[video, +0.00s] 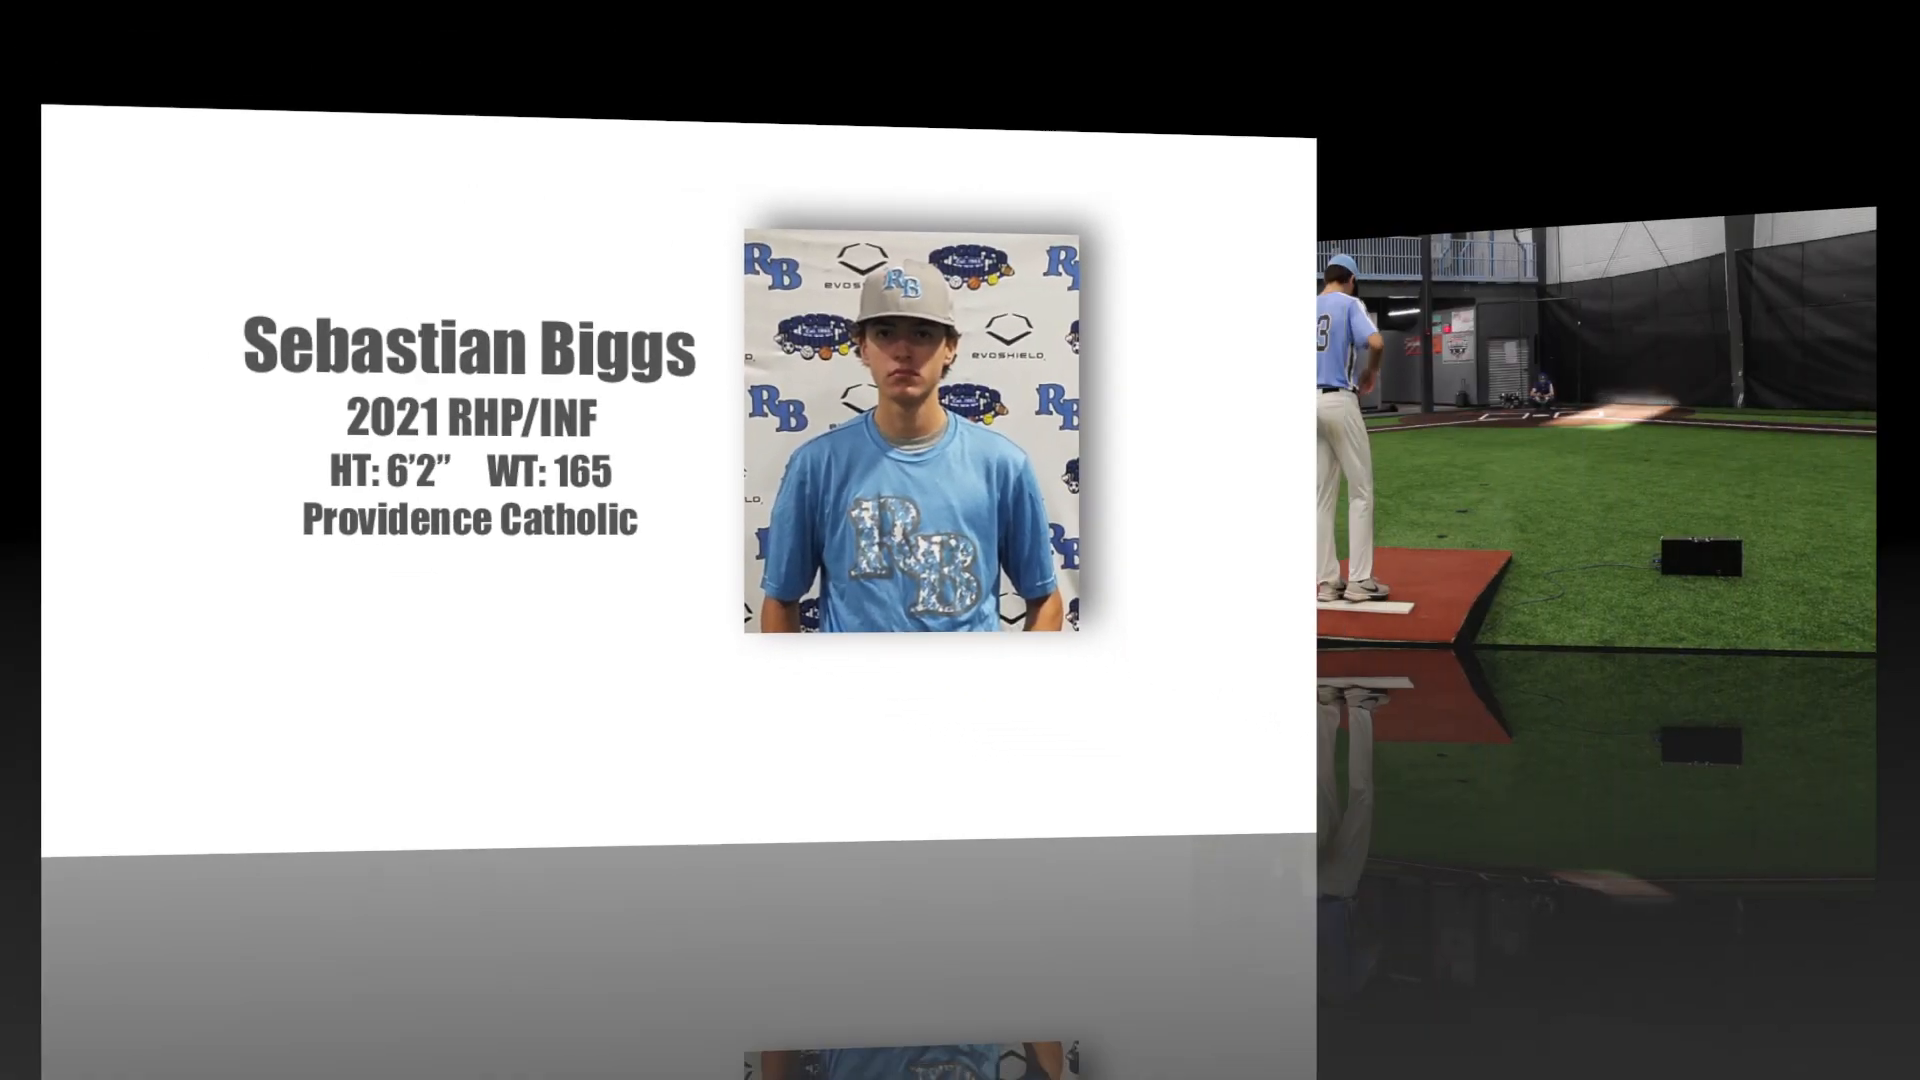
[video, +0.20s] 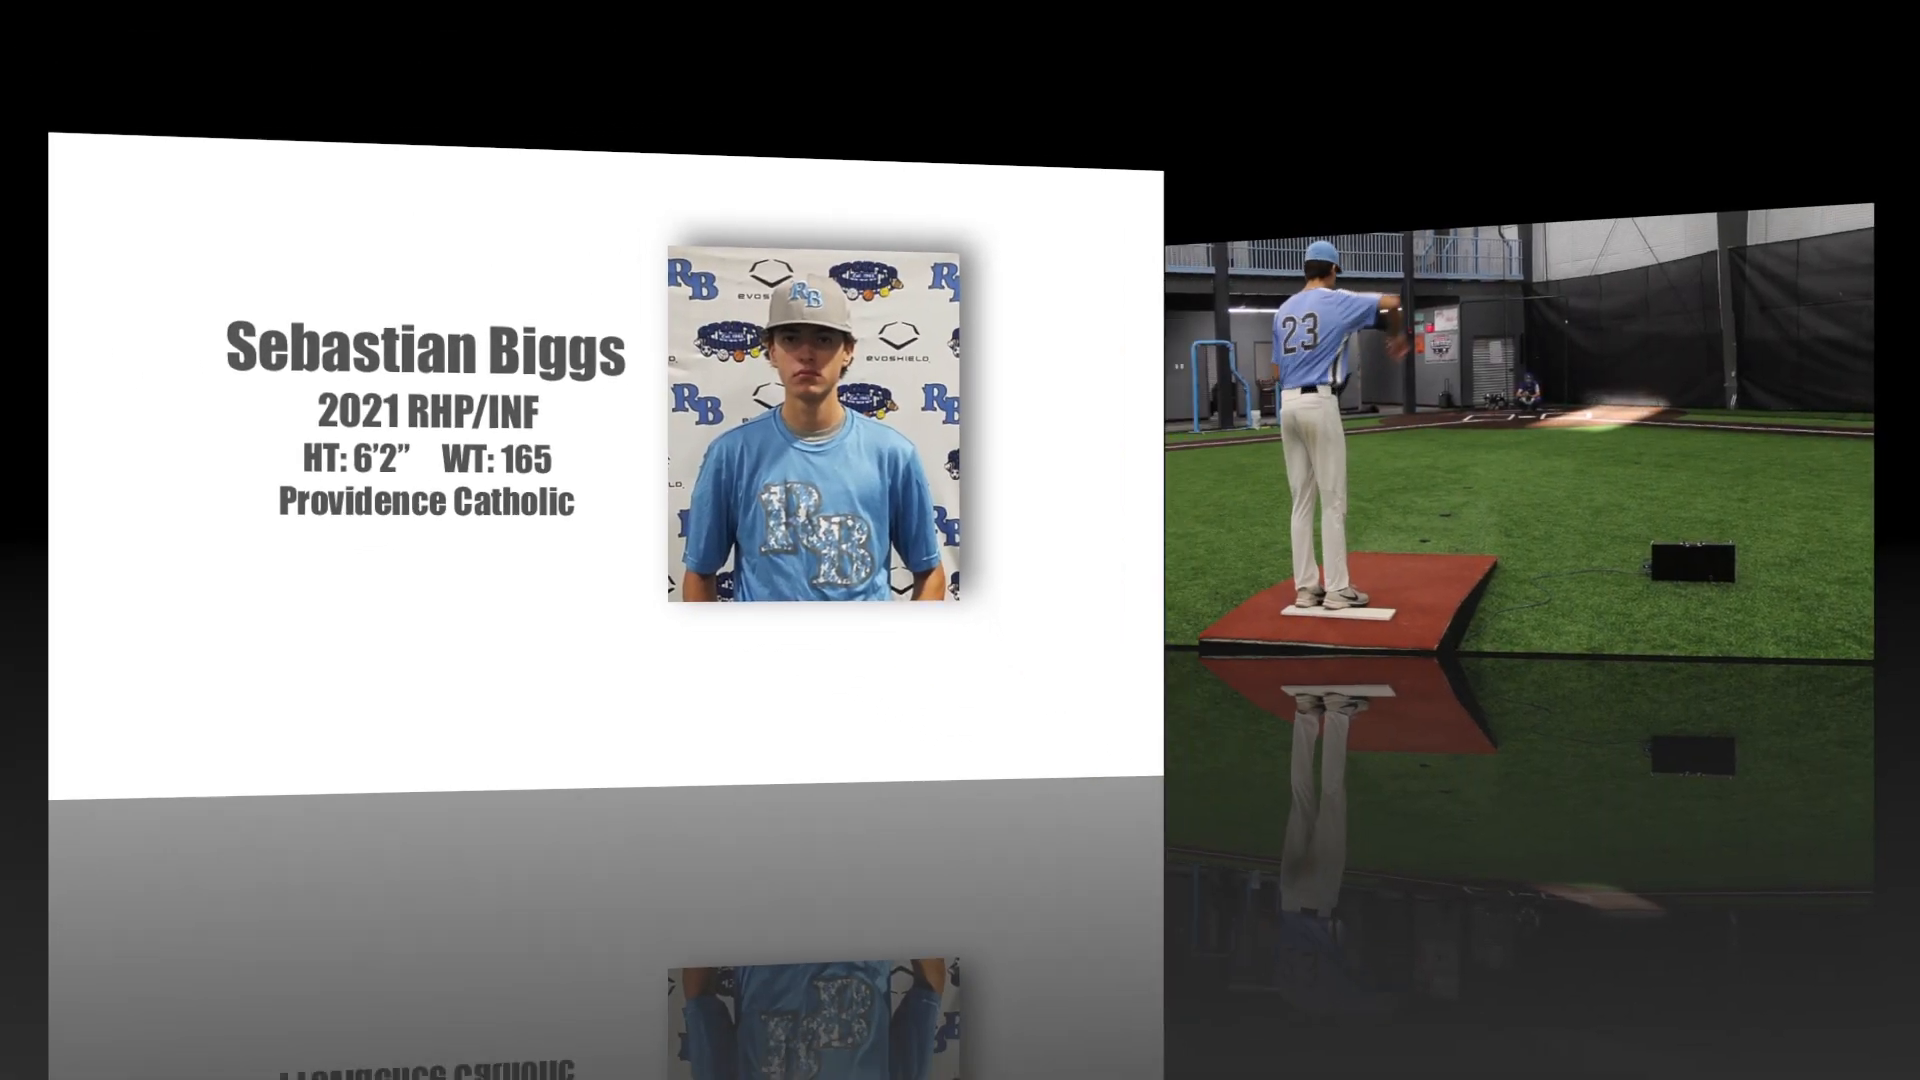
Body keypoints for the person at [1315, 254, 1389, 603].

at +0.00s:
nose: (1355, 289)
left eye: (1353, 285)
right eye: (1355, 285)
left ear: (1325, 280)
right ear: (1350, 281)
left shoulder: (1309, 304)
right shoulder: (1348, 303)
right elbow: (1375, 342)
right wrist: (1369, 376)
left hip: (1308, 400)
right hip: (1337, 400)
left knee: (1321, 495)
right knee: (1361, 492)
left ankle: (1326, 581)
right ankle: (1360, 580)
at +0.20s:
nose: (1337, 278)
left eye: (1335, 274)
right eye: (1337, 273)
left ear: (1305, 272)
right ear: (1333, 271)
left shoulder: (1283, 310)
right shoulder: (1336, 300)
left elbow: (1277, 371)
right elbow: (1391, 302)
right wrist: (1396, 335)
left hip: (1288, 405)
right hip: (1320, 403)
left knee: (1301, 501)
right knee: (1333, 501)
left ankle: (1306, 589)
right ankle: (1338, 590)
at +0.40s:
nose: (1306, 263)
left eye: (1303, 257)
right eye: (1305, 258)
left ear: (1270, 262)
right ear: (1300, 260)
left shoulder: (1250, 301)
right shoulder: (1300, 298)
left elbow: (1267, 341)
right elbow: (1360, 312)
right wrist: (1405, 293)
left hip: (1250, 407)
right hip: (1282, 406)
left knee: (1263, 506)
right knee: (1294, 507)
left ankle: (1266, 600)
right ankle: (1296, 600)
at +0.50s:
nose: (1282, 255)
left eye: (1274, 250)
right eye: (1281, 250)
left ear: (1246, 256)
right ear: (1278, 254)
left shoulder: (1227, 297)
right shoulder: (1282, 300)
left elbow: (1258, 340)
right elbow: (1332, 339)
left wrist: (1301, 321)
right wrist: (1356, 298)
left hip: (1227, 407)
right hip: (1262, 408)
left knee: (1238, 510)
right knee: (1270, 511)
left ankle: (1240, 606)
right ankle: (1271, 608)